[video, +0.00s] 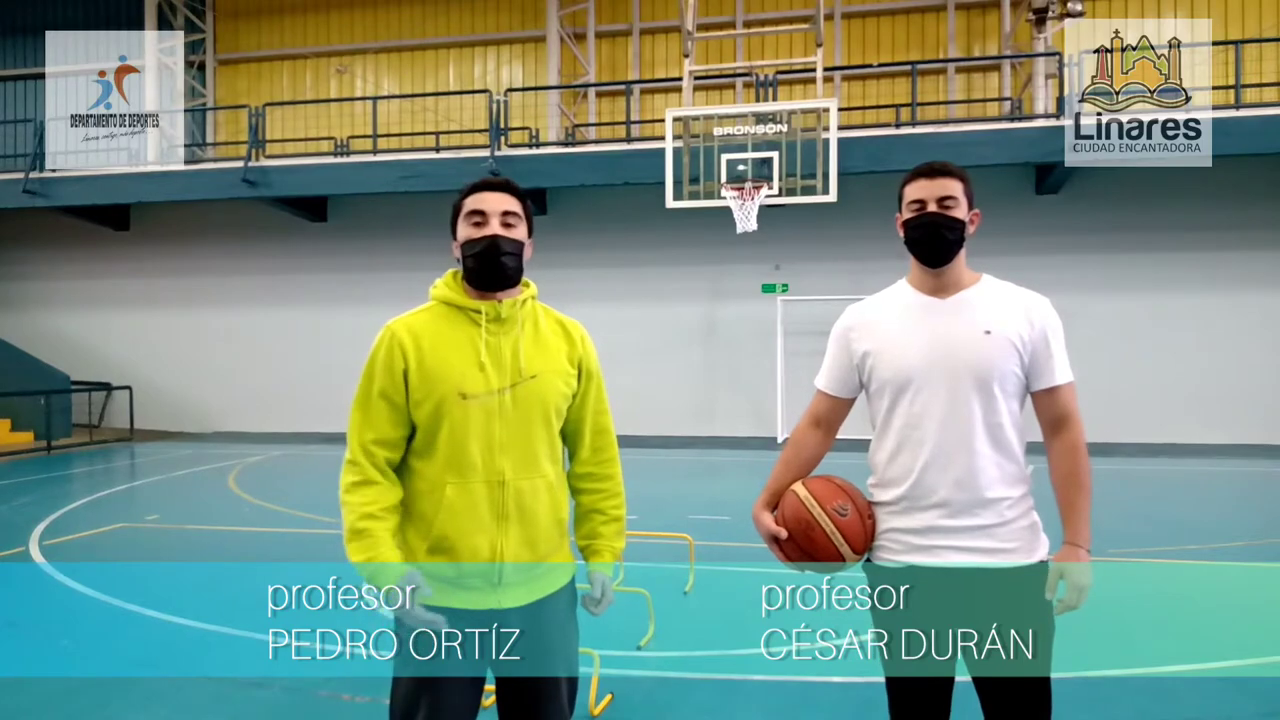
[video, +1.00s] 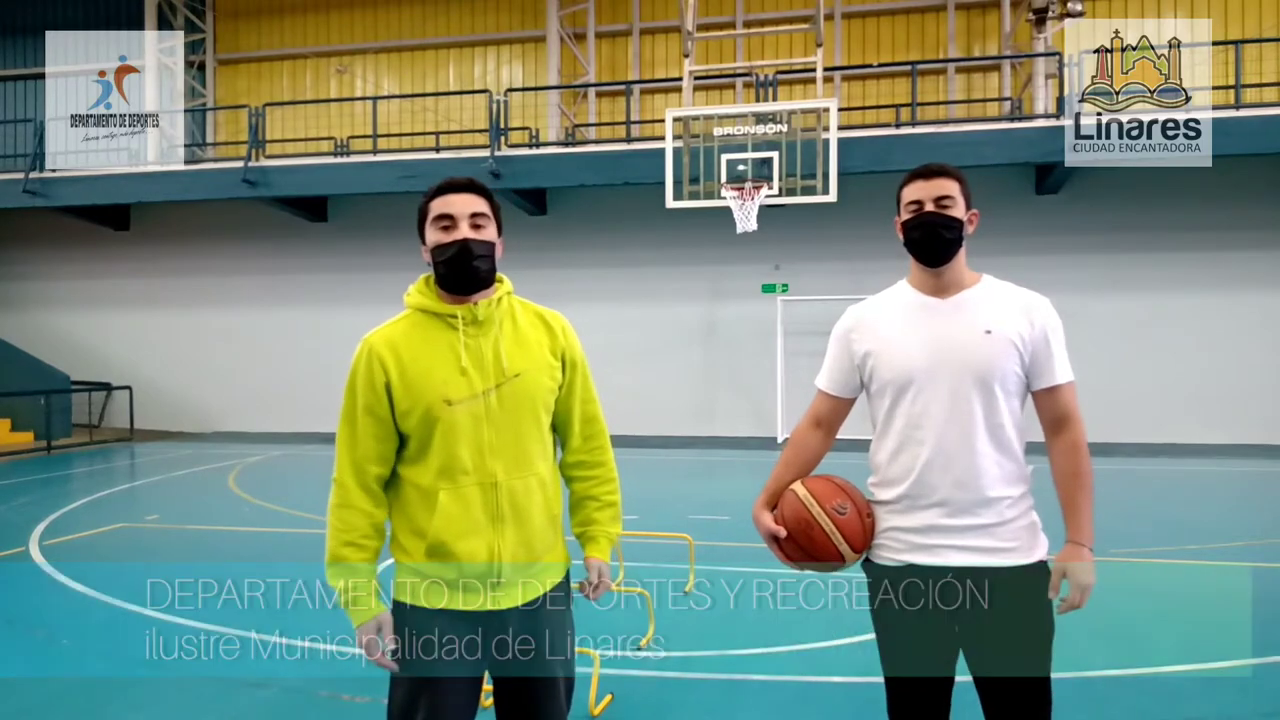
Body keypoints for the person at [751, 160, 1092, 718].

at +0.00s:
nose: (931, 215)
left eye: (946, 204)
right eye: (916, 207)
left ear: (972, 220)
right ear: (899, 226)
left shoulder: (1026, 314)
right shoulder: (862, 323)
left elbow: (1063, 430)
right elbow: (818, 425)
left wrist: (1076, 543)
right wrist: (764, 503)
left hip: (1007, 559)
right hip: (904, 560)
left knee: (1020, 711)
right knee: (915, 712)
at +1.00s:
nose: (929, 215)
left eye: (944, 204)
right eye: (914, 208)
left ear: (971, 220)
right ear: (898, 229)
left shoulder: (1027, 314)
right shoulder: (863, 324)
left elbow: (1064, 429)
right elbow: (818, 425)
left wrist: (1078, 542)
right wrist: (764, 502)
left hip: (1008, 563)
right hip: (904, 564)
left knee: (1021, 711)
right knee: (914, 712)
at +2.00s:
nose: (946, 239)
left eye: (958, 230)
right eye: (929, 232)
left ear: (976, 250)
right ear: (910, 253)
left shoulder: (1020, 323)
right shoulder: (875, 344)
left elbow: (1102, 397)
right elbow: (855, 455)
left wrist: (1042, 406)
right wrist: (853, 544)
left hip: (1010, 547)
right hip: (915, 550)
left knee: (1022, 691)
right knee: (915, 696)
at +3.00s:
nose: (942, 243)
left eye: (955, 234)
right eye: (925, 237)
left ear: (975, 252)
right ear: (907, 258)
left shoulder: (1026, 339)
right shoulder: (870, 351)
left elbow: (1057, 452)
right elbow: (848, 461)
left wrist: (1064, 548)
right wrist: (858, 558)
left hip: (1009, 566)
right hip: (913, 568)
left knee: (1022, 707)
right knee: (914, 706)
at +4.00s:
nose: (1017, 224)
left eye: (1037, 214)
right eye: (1001, 213)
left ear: (1063, 242)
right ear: (983, 236)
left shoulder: (1117, 342)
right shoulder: (931, 341)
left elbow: (1152, 479)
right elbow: (901, 456)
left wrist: (1142, 598)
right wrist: (884, 524)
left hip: (1071, 611)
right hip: (957, 608)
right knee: (957, 712)